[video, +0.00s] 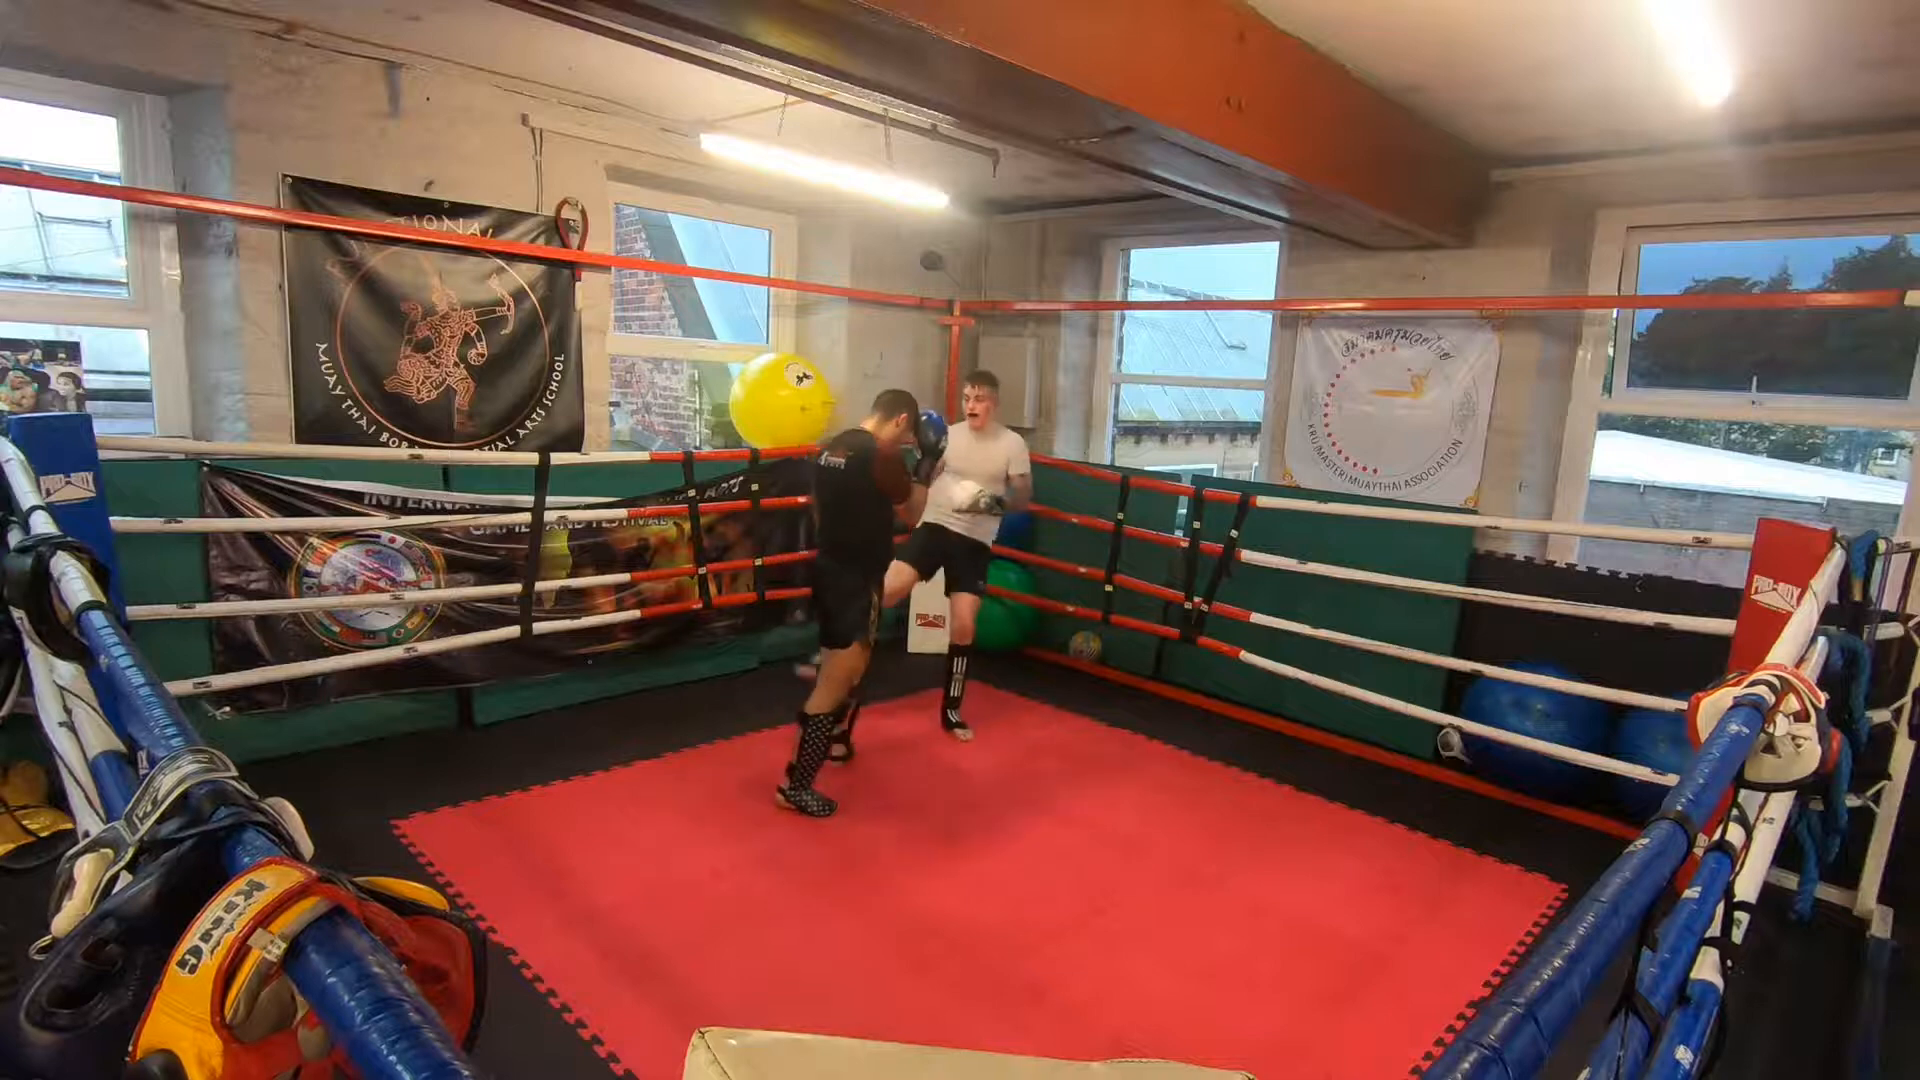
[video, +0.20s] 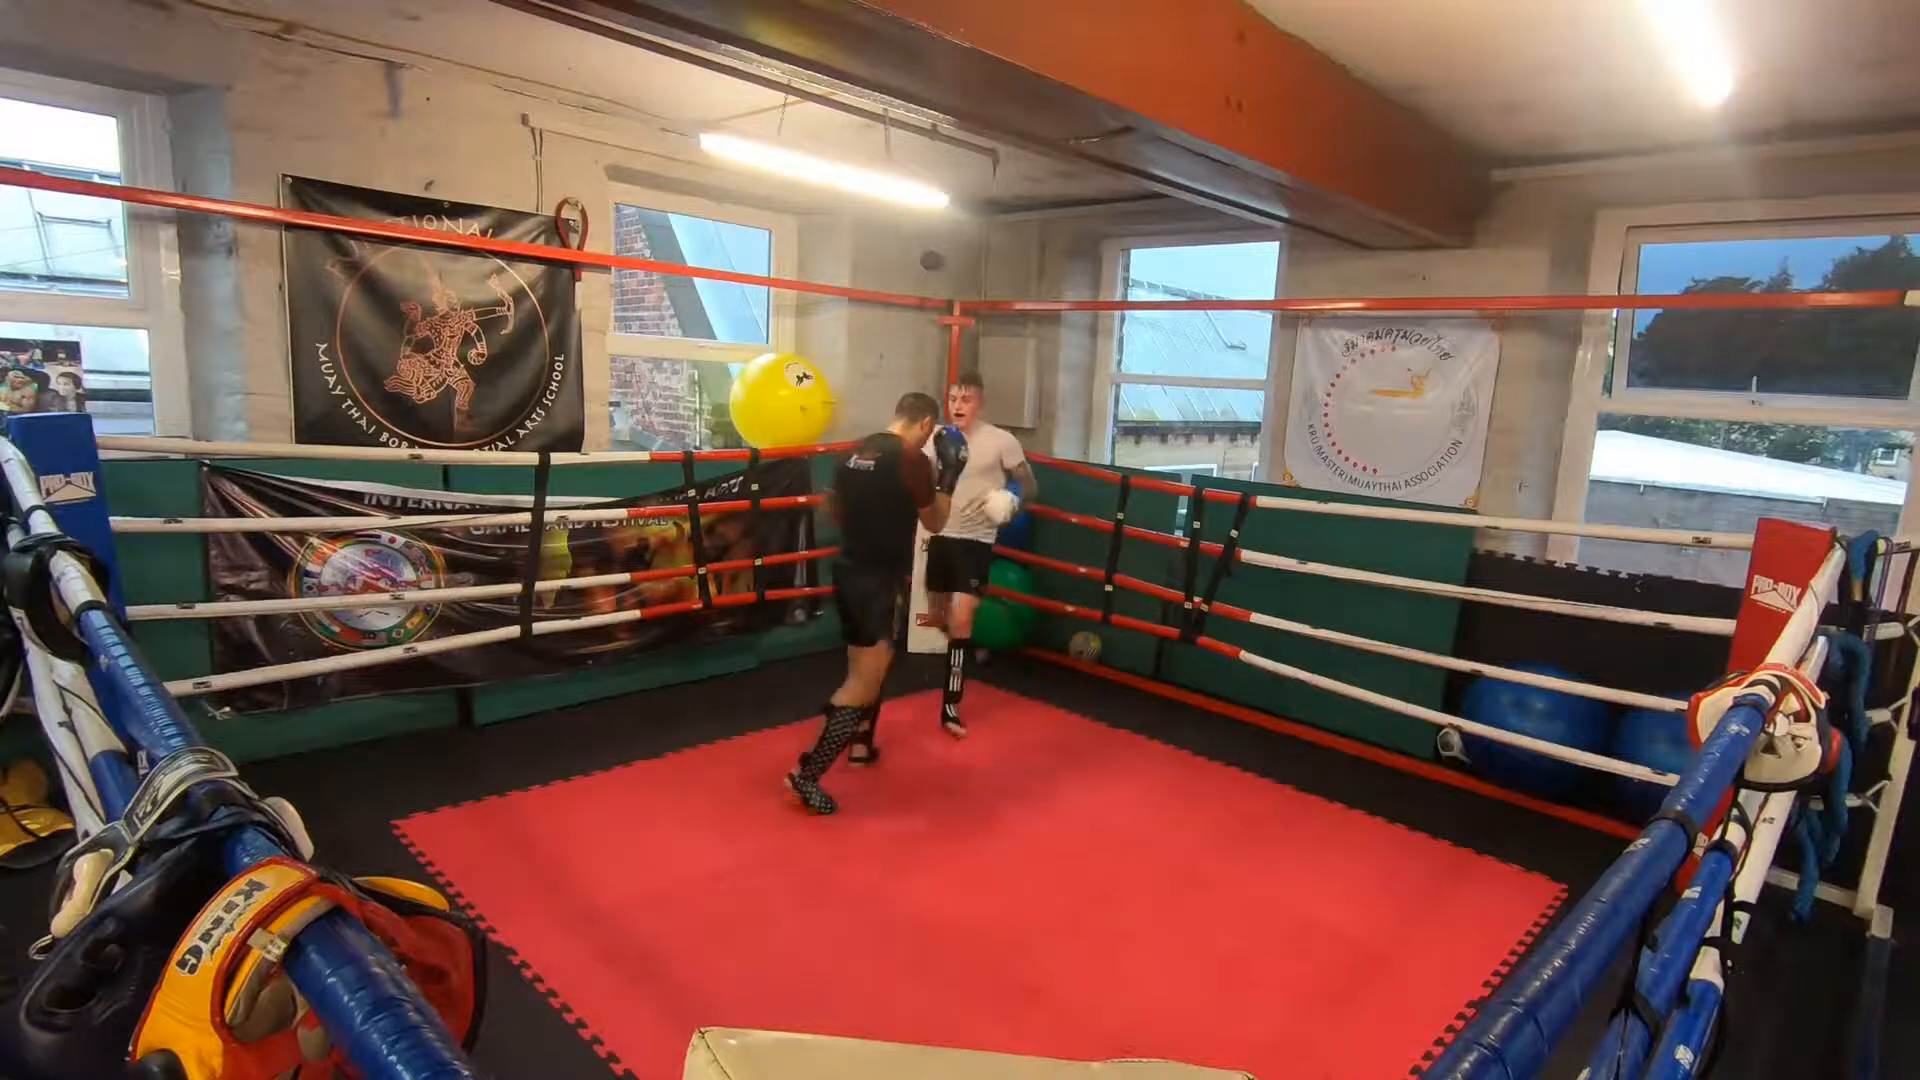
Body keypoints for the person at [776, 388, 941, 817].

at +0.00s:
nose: (907, 438)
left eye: (908, 432)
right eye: (909, 431)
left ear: (873, 413)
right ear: (900, 421)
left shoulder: (835, 449)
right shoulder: (880, 454)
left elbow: (828, 517)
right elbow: (911, 512)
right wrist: (928, 462)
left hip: (831, 572)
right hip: (855, 580)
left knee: (852, 662)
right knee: (837, 680)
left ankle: (833, 738)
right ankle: (797, 785)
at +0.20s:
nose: (930, 435)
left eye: (930, 430)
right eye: (932, 430)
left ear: (894, 418)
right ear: (924, 424)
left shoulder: (856, 455)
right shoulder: (912, 461)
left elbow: (840, 513)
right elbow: (935, 520)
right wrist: (949, 475)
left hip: (851, 572)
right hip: (881, 578)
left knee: (877, 658)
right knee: (865, 679)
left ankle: (862, 741)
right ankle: (807, 774)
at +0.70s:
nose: (1005, 431)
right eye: (1005, 426)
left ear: (972, 415)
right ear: (1001, 425)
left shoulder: (938, 444)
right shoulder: (1004, 461)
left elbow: (901, 498)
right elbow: (1010, 519)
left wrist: (916, 475)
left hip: (927, 563)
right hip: (973, 570)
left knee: (911, 640)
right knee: (988, 656)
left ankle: (881, 720)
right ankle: (984, 743)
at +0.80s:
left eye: (978, 410)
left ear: (975, 409)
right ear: (1010, 417)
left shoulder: (946, 443)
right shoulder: (1020, 459)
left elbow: (909, 491)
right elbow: (1016, 516)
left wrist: (917, 469)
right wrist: (990, 495)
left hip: (937, 557)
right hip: (983, 565)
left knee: (919, 634)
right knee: (988, 655)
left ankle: (905, 715)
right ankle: (984, 743)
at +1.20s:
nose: (962, 422)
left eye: (959, 415)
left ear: (959, 416)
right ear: (991, 417)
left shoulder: (941, 450)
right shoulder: (1011, 452)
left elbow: (932, 485)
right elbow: (999, 483)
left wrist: (948, 438)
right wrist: (972, 436)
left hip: (947, 556)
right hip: (991, 559)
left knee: (941, 634)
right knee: (996, 650)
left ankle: (937, 701)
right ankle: (985, 738)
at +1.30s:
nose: (960, 418)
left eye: (957, 411)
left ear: (956, 413)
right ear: (987, 413)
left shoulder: (938, 446)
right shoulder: (1006, 447)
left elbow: (932, 473)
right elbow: (1012, 470)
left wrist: (946, 430)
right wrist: (977, 431)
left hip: (946, 550)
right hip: (988, 553)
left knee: (942, 629)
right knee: (1002, 640)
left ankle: (937, 699)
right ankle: (990, 721)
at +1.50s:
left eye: (963, 413)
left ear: (959, 414)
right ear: (993, 416)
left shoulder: (940, 441)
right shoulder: (1007, 443)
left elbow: (938, 477)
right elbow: (1009, 461)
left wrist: (964, 433)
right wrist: (982, 431)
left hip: (950, 548)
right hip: (992, 550)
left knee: (943, 629)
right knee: (1002, 639)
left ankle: (937, 702)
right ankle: (1005, 722)